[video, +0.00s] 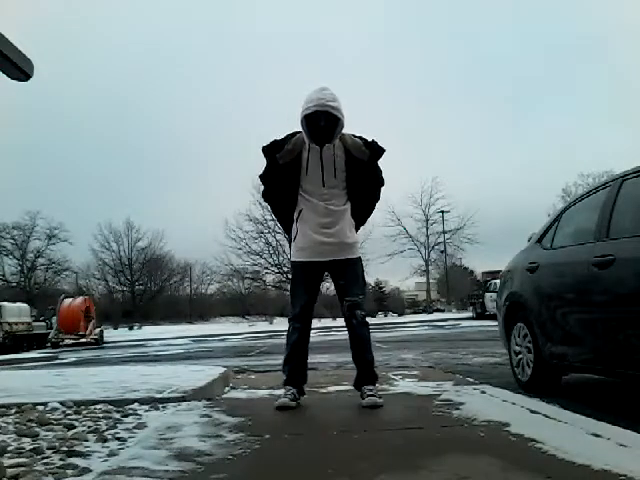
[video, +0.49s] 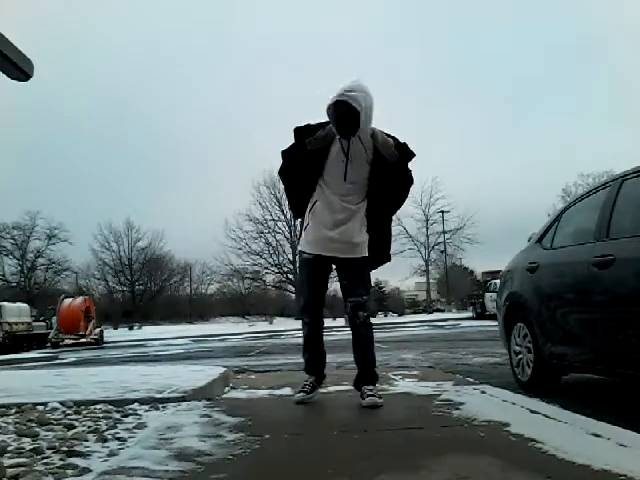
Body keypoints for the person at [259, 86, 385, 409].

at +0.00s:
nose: (320, 125)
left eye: (327, 119)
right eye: (314, 119)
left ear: (338, 119)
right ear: (304, 120)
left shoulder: (356, 151)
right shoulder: (289, 151)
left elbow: (372, 187)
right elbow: (272, 190)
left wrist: (353, 223)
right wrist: (293, 226)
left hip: (345, 245)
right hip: (305, 246)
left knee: (356, 314)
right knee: (299, 319)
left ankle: (367, 384)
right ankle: (293, 386)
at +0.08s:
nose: (332, 125)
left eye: (339, 119)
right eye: (326, 119)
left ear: (350, 120)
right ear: (316, 119)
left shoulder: (366, 150)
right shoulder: (299, 149)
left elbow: (379, 188)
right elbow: (280, 185)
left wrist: (359, 222)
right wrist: (298, 218)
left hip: (350, 241)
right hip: (309, 242)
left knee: (359, 312)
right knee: (303, 316)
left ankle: (368, 384)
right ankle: (294, 385)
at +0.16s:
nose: (341, 123)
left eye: (348, 117)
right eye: (334, 116)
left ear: (360, 119)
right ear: (324, 116)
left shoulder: (373, 149)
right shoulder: (306, 146)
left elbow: (385, 188)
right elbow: (286, 181)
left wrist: (363, 220)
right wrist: (304, 213)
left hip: (353, 242)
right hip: (313, 242)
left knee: (361, 313)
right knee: (305, 316)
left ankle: (368, 384)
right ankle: (298, 385)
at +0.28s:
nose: (348, 120)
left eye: (355, 114)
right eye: (341, 113)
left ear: (367, 116)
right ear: (332, 114)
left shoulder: (380, 149)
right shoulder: (312, 143)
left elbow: (393, 187)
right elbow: (293, 177)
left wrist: (369, 217)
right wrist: (306, 213)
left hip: (357, 242)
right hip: (315, 241)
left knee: (361, 313)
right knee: (308, 316)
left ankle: (368, 384)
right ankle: (306, 384)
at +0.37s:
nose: (350, 120)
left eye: (357, 114)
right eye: (344, 113)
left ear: (369, 116)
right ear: (334, 113)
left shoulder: (381, 147)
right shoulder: (316, 140)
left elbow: (397, 182)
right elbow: (293, 171)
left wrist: (375, 215)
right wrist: (307, 208)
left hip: (358, 241)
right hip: (316, 239)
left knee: (360, 313)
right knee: (310, 315)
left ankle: (367, 384)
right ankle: (310, 381)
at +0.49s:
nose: (341, 118)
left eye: (348, 112)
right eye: (337, 111)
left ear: (362, 115)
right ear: (331, 112)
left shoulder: (379, 145)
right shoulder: (315, 140)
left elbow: (402, 181)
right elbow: (290, 173)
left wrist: (379, 213)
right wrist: (304, 209)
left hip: (356, 241)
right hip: (314, 239)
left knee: (359, 313)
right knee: (310, 312)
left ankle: (367, 384)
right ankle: (314, 376)